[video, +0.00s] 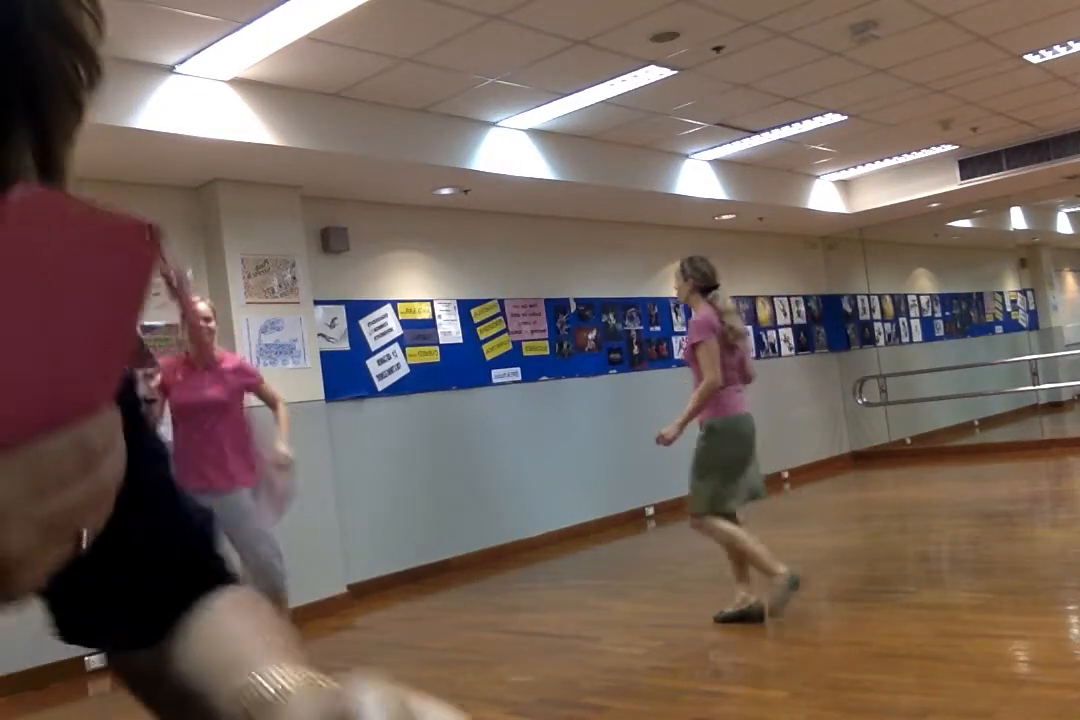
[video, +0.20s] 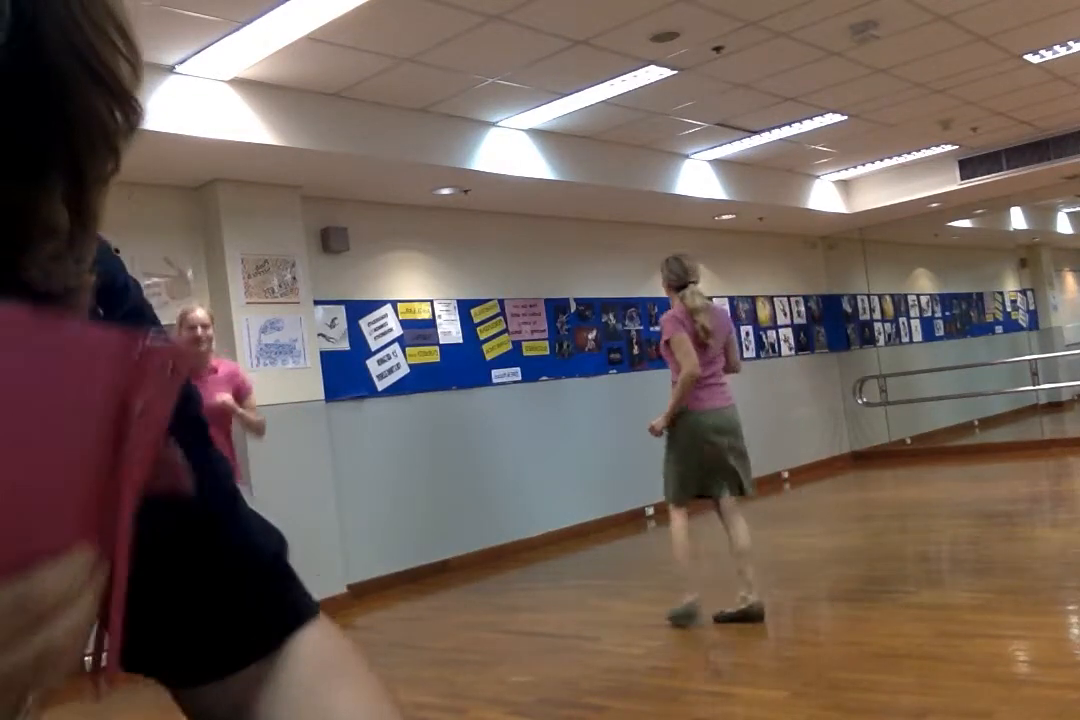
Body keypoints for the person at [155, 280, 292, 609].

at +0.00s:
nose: (205, 326)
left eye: (209, 319)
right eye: (197, 320)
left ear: (216, 324)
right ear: (184, 327)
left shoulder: (235, 367)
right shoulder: (170, 370)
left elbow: (277, 403)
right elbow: (150, 427)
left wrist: (282, 446)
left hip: (234, 485)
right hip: (189, 488)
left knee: (266, 561)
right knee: (202, 569)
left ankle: (279, 633)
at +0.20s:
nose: (199, 334)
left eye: (205, 327)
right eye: (191, 328)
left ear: (213, 331)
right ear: (179, 333)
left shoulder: (229, 373)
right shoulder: (169, 376)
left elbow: (258, 427)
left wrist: (233, 407)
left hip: (222, 474)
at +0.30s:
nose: (199, 355)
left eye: (205, 348)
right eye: (191, 349)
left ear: (213, 352)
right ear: (180, 354)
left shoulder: (224, 395)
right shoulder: (172, 397)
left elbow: (250, 452)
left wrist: (236, 416)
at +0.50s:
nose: (205, 322)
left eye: (210, 316)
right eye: (197, 317)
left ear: (216, 321)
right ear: (182, 323)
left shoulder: (230, 361)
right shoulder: (175, 366)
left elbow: (258, 413)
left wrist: (246, 393)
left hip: (235, 462)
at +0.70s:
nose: (222, 307)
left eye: (225, 301)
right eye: (213, 302)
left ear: (230, 305)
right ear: (198, 311)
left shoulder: (245, 348)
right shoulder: (188, 351)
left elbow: (265, 398)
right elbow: (184, 404)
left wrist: (282, 432)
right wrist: (195, 449)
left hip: (259, 452)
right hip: (218, 457)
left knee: (270, 526)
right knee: (232, 531)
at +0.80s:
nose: (232, 332)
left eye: (235, 325)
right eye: (223, 326)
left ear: (241, 329)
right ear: (208, 333)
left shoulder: (254, 375)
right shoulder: (199, 379)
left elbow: (278, 430)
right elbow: (199, 438)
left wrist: (304, 474)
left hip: (272, 479)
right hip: (232, 484)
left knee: (280, 555)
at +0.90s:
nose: (237, 334)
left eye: (240, 327)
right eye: (228, 329)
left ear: (246, 332)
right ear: (212, 337)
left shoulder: (264, 377)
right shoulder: (199, 379)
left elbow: (282, 429)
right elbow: (196, 436)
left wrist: (304, 475)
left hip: (270, 481)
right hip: (228, 485)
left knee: (281, 558)